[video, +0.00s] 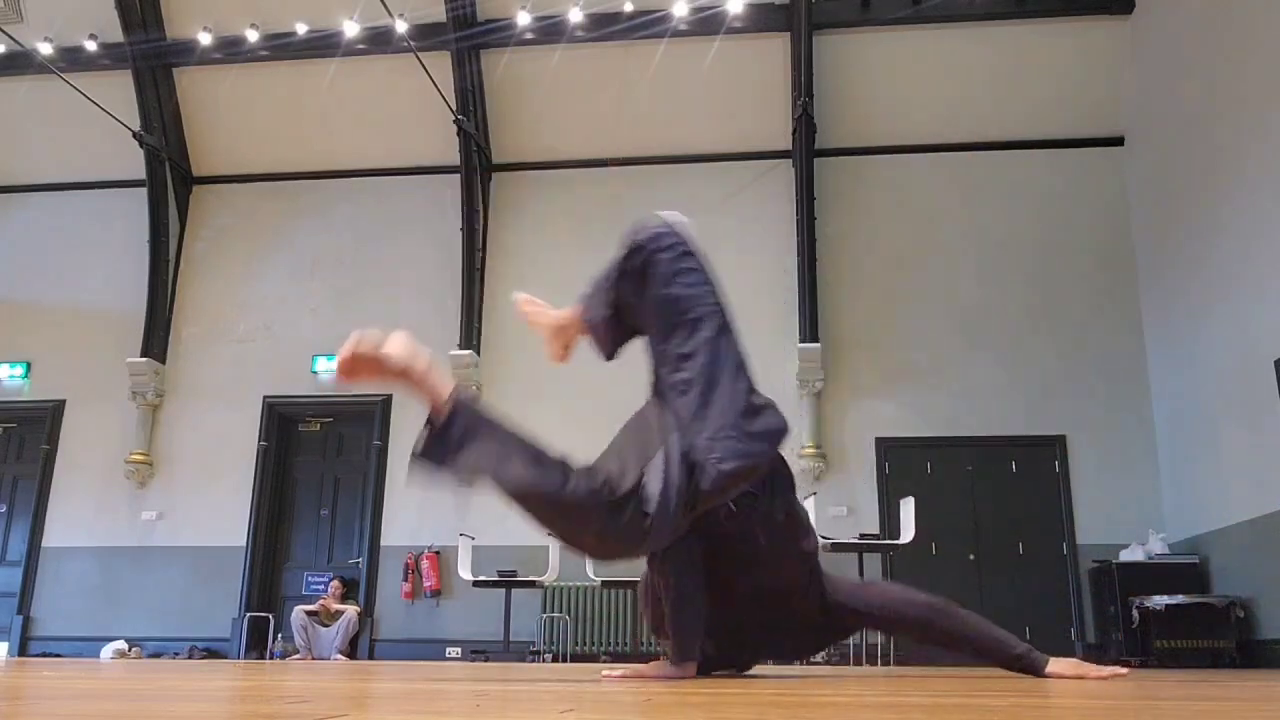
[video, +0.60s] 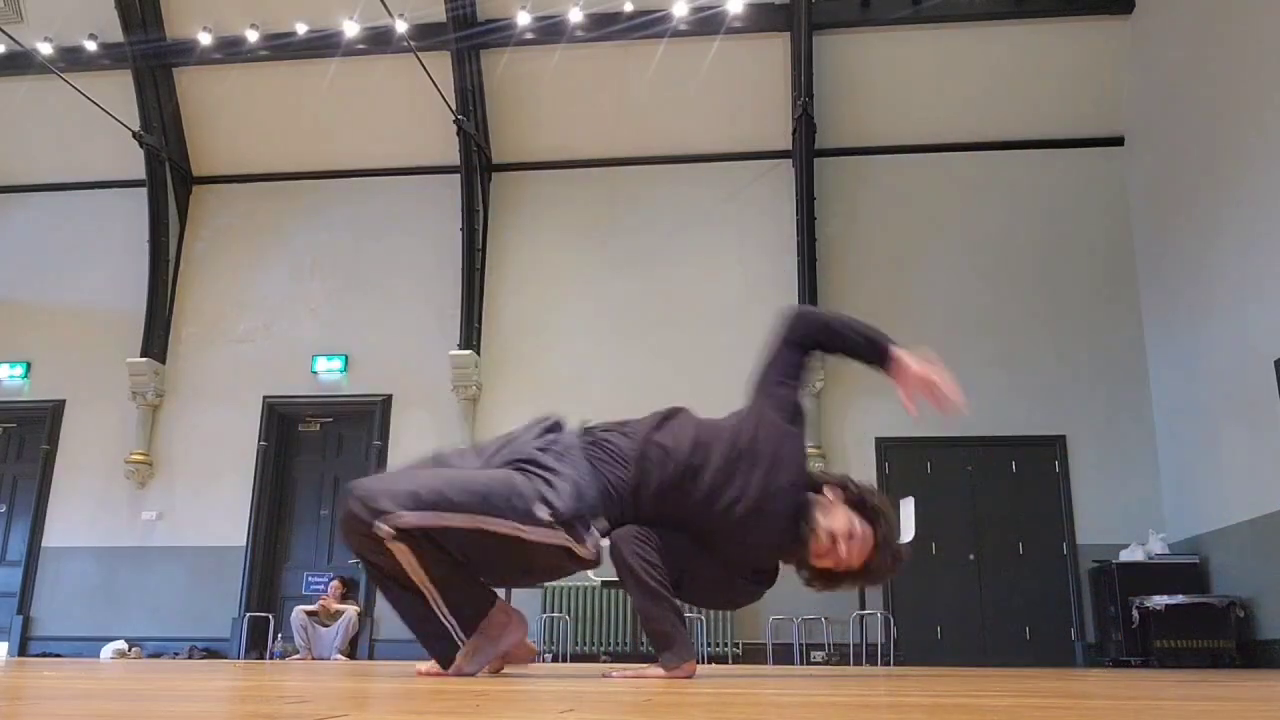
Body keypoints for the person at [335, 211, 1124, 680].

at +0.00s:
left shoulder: (702, 644)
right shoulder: (810, 603)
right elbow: (915, 614)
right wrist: (1034, 663)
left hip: (665, 506)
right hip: (741, 459)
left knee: (578, 512)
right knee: (661, 238)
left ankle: (429, 387)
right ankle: (585, 326)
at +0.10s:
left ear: (747, 641)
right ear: (819, 621)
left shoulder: (724, 629)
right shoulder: (831, 576)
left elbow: (667, 557)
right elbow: (941, 585)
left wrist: (688, 659)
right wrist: (1028, 661)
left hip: (661, 492)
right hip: (714, 453)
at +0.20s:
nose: (769, 640)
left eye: (770, 644)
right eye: (784, 638)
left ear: (769, 638)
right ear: (824, 618)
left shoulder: (720, 606)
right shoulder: (846, 551)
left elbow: (669, 563)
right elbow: (959, 550)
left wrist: (683, 669)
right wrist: (1013, 646)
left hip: (645, 473)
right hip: (687, 414)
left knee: (574, 549)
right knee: (535, 274)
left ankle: (357, 518)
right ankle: (475, 372)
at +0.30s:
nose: (804, 625)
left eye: (807, 629)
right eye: (820, 621)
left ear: (796, 609)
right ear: (835, 589)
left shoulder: (713, 588)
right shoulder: (844, 514)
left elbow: (670, 600)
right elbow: (962, 500)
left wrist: (680, 669)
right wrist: (990, 604)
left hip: (627, 482)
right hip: (649, 407)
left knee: (544, 521)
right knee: (475, 313)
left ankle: (391, 566)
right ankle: (443, 426)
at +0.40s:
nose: (821, 612)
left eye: (829, 615)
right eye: (836, 606)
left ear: (822, 596)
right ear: (848, 568)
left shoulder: (735, 593)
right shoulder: (838, 481)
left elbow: (660, 548)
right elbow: (943, 436)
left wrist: (680, 657)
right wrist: (967, 544)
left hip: (619, 499)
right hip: (626, 413)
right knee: (429, 365)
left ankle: (429, 614)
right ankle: (432, 503)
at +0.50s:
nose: (829, 582)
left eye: (837, 588)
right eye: (843, 570)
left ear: (829, 590)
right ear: (850, 531)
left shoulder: (741, 587)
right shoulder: (820, 449)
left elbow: (650, 540)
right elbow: (890, 361)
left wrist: (680, 656)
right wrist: (955, 449)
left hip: (599, 503)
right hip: (582, 419)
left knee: (401, 517)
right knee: (396, 428)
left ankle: (484, 620)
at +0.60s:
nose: (843, 546)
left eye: (852, 560)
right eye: (855, 530)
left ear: (835, 574)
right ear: (841, 496)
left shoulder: (743, 579)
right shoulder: (780, 429)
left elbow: (634, 546)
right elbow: (802, 326)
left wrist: (676, 652)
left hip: (573, 512)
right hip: (558, 446)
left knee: (375, 509)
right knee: (366, 508)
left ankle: (490, 621)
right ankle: (478, 634)